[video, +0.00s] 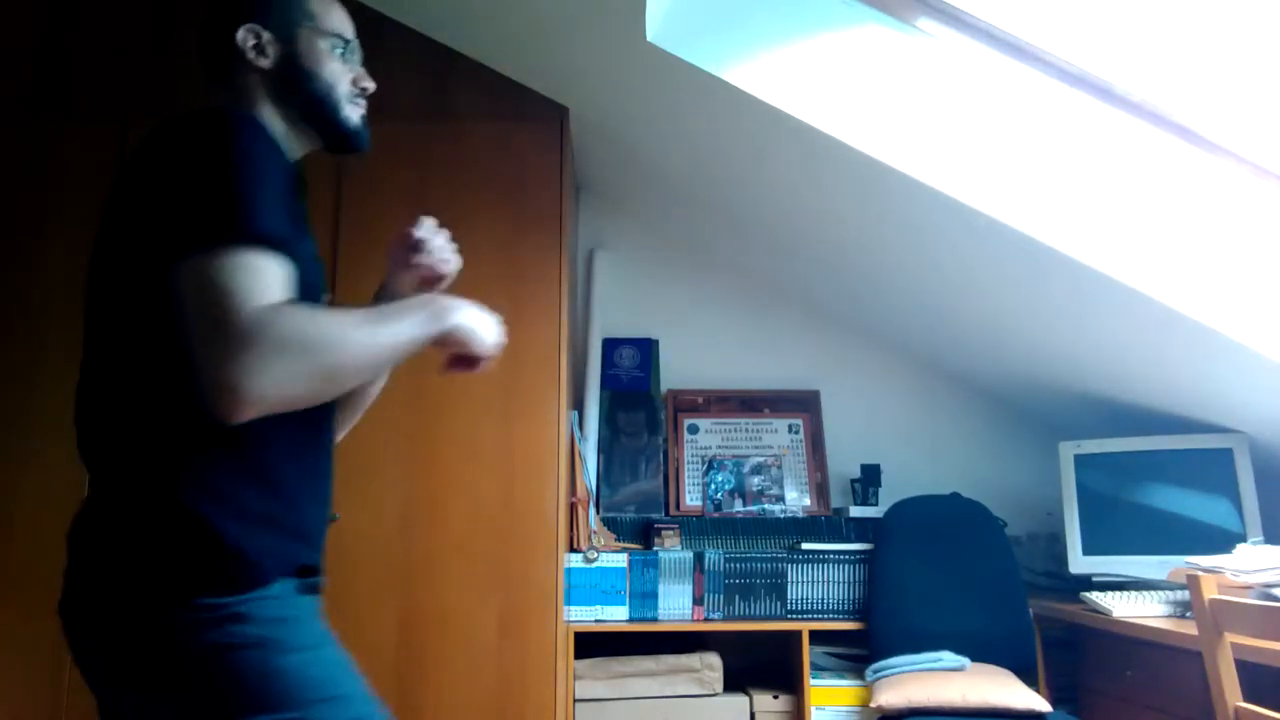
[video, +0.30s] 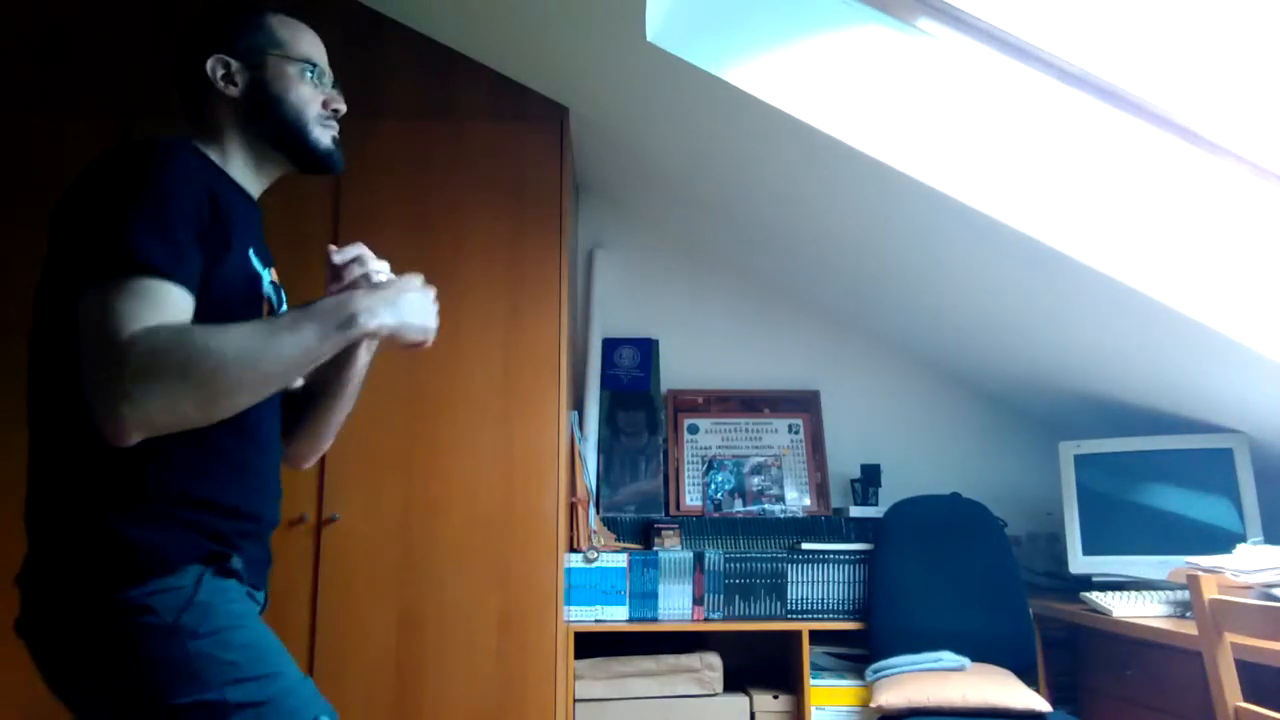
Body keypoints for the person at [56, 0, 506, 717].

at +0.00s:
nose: (366, 77)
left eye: (359, 55)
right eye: (339, 46)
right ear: (258, 47)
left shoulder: (253, 171)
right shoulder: (225, 147)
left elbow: (312, 423)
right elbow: (245, 368)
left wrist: (396, 304)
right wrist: (436, 315)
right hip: (215, 594)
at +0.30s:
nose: (338, 100)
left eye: (332, 83)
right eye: (310, 72)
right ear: (228, 76)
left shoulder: (242, 234)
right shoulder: (162, 174)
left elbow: (297, 444)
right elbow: (128, 392)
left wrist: (355, 326)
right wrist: (356, 313)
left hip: (199, 588)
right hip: (146, 587)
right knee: (300, 710)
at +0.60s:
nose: (393, 38)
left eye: (383, 17)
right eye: (364, 10)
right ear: (274, 10)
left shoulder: (215, 138)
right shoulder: (273, 130)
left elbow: (295, 389)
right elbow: (449, 330)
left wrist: (392, 272)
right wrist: (594, 221)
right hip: (252, 582)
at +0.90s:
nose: (377, 42)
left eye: (368, 18)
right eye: (352, 13)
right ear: (263, 15)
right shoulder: (239, 164)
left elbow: (315, 403)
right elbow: (313, 436)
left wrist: (372, 296)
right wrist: (516, 356)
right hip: (241, 610)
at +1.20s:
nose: (276, 91)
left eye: (267, 73)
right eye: (245, 63)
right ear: (162, 65)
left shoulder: (231, 249)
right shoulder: (73, 202)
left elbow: (309, 444)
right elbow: (14, 434)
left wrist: (304, 322)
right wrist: (239, 382)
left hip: (212, 627)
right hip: (111, 622)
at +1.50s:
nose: (254, 119)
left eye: (249, 100)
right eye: (228, 90)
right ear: (145, 88)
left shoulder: (148, 192)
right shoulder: (124, 171)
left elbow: (196, 428)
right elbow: (140, 363)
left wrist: (260, 320)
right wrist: (306, 319)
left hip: (128, 601)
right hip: (118, 605)